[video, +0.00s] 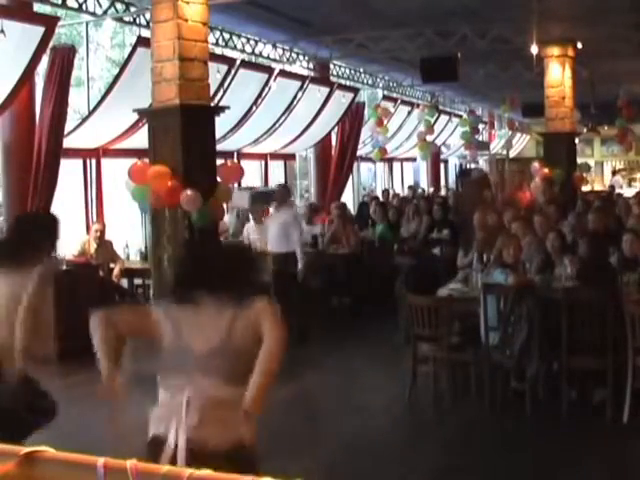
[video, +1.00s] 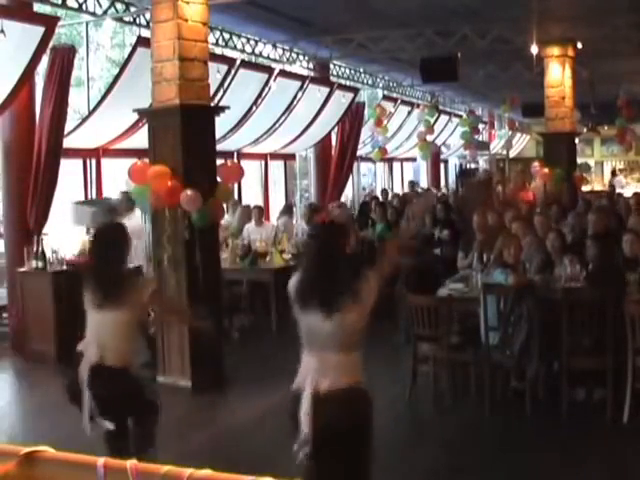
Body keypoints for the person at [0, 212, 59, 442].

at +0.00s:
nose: (54, 247)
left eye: (54, 240)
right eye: (53, 240)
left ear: (16, 234)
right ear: (44, 241)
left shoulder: (6, 265)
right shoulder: (41, 271)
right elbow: (25, 318)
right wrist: (20, 371)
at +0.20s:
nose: (23, 253)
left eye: (28, 248)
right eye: (26, 247)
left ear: (37, 253)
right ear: (61, 254)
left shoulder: (37, 293)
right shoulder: (65, 287)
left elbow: (8, 326)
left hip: (13, 367)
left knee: (12, 428)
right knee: (21, 424)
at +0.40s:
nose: (83, 262)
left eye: (82, 256)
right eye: (80, 256)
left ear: (46, 260)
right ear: (74, 263)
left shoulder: (37, 299)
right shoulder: (70, 300)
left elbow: (10, 354)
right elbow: (72, 362)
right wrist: (85, 408)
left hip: (12, 387)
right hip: (40, 391)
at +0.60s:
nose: (103, 258)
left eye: (101, 252)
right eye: (99, 253)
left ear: (63, 258)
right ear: (93, 260)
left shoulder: (48, 300)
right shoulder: (100, 306)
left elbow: (44, 352)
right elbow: (112, 366)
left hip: (44, 392)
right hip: (76, 397)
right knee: (111, 443)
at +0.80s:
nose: (116, 255)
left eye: (113, 250)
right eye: (113, 251)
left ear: (81, 256)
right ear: (110, 257)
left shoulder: (67, 297)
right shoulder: (122, 301)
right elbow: (136, 347)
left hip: (68, 383)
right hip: (102, 383)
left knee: (116, 444)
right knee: (127, 448)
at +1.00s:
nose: (130, 248)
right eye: (127, 244)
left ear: (95, 250)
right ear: (125, 249)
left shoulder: (89, 286)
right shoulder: (139, 286)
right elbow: (171, 310)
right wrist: (193, 319)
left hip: (95, 375)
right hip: (126, 376)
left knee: (116, 429)